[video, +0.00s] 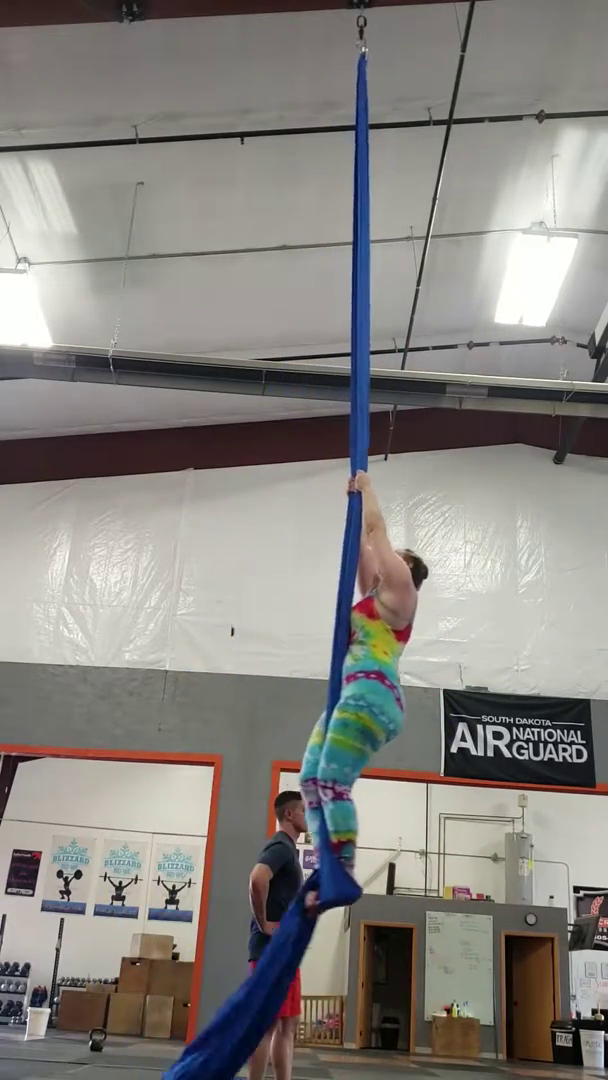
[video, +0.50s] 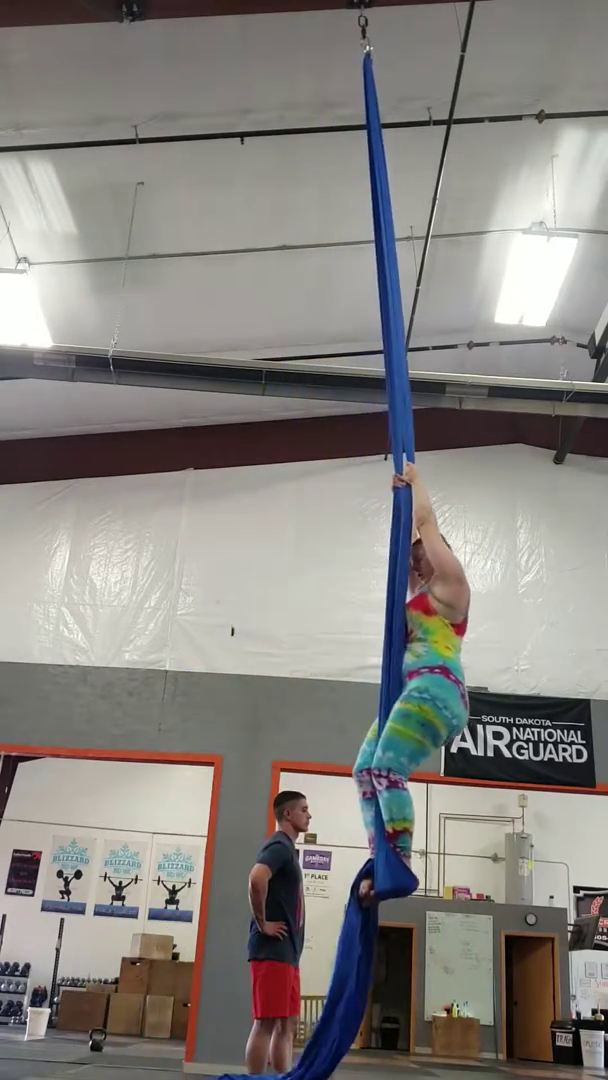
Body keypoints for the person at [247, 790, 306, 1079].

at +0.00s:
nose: (308, 817)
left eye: (307, 812)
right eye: (304, 812)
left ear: (289, 815)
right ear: (290, 814)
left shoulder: (288, 847)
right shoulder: (281, 847)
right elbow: (258, 878)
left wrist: (284, 923)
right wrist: (264, 923)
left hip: (284, 949)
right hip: (271, 949)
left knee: (288, 1024)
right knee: (267, 1025)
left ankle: (283, 1075)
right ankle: (256, 1075)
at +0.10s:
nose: (310, 816)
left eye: (309, 810)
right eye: (305, 810)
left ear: (290, 815)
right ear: (288, 814)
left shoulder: (287, 847)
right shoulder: (281, 847)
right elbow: (258, 878)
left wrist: (293, 925)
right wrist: (263, 924)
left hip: (281, 951)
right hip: (273, 952)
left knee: (284, 1029)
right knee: (272, 1030)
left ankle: (283, 1074)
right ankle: (271, 1074)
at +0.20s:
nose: (309, 816)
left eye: (309, 810)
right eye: (305, 810)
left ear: (289, 815)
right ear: (288, 814)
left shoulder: (288, 847)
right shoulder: (281, 846)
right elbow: (257, 879)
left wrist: (289, 926)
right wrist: (263, 923)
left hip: (286, 950)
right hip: (272, 950)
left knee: (287, 1022)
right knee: (266, 1023)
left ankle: (277, 1075)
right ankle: (251, 1078)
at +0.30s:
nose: (309, 815)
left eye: (308, 810)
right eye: (304, 810)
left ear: (289, 814)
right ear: (287, 813)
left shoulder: (288, 848)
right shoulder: (280, 846)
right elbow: (257, 878)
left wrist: (290, 926)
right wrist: (263, 923)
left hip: (287, 950)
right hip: (272, 949)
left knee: (287, 1025)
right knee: (266, 1024)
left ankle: (280, 1079)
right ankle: (256, 1079)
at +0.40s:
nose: (309, 815)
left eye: (308, 810)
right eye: (304, 810)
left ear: (289, 814)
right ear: (287, 813)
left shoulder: (288, 848)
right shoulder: (280, 846)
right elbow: (257, 878)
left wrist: (289, 925)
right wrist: (263, 923)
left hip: (286, 950)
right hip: (272, 949)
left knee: (287, 1024)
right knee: (266, 1024)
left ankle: (284, 1078)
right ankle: (255, 1079)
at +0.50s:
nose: (309, 815)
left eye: (308, 810)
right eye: (304, 810)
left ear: (289, 815)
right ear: (287, 814)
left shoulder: (288, 848)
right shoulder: (280, 846)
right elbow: (257, 877)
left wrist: (289, 925)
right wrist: (262, 922)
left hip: (286, 951)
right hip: (271, 949)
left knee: (287, 1025)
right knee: (266, 1024)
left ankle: (284, 1078)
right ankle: (255, 1079)